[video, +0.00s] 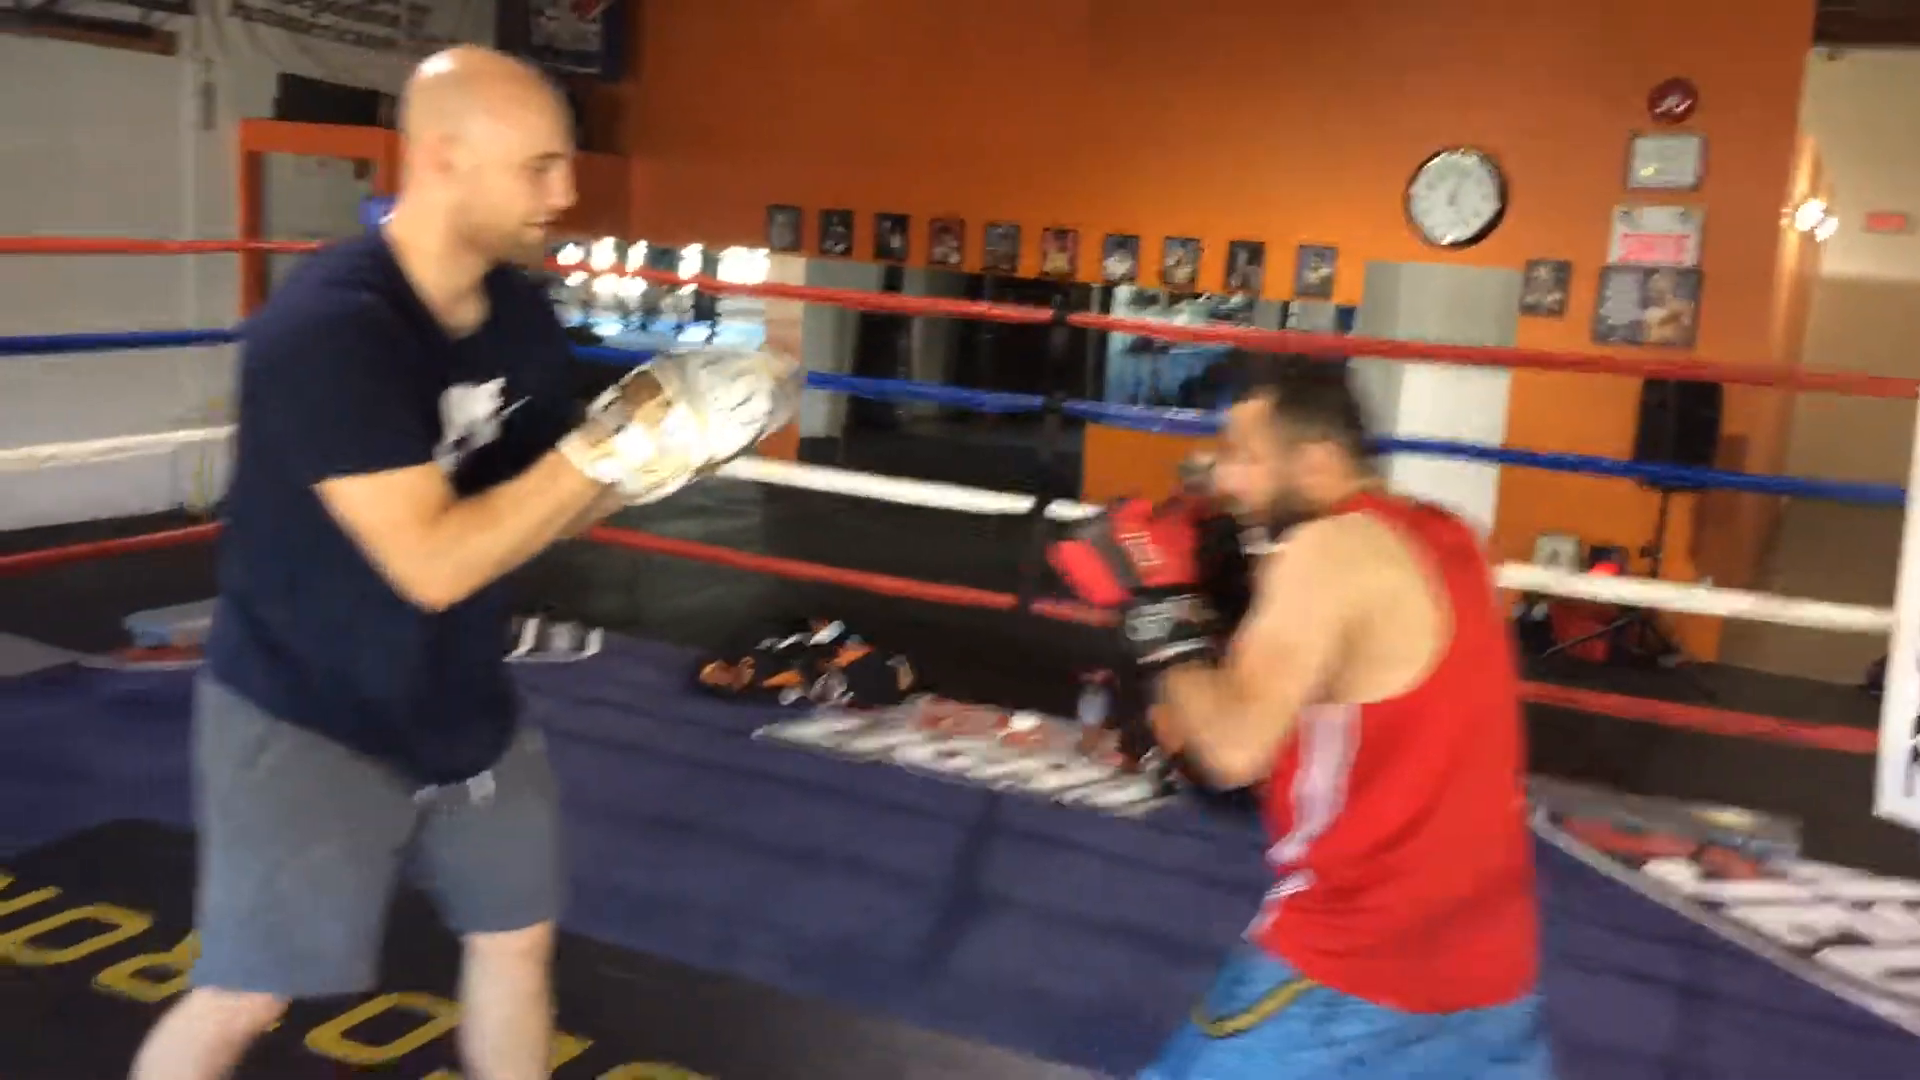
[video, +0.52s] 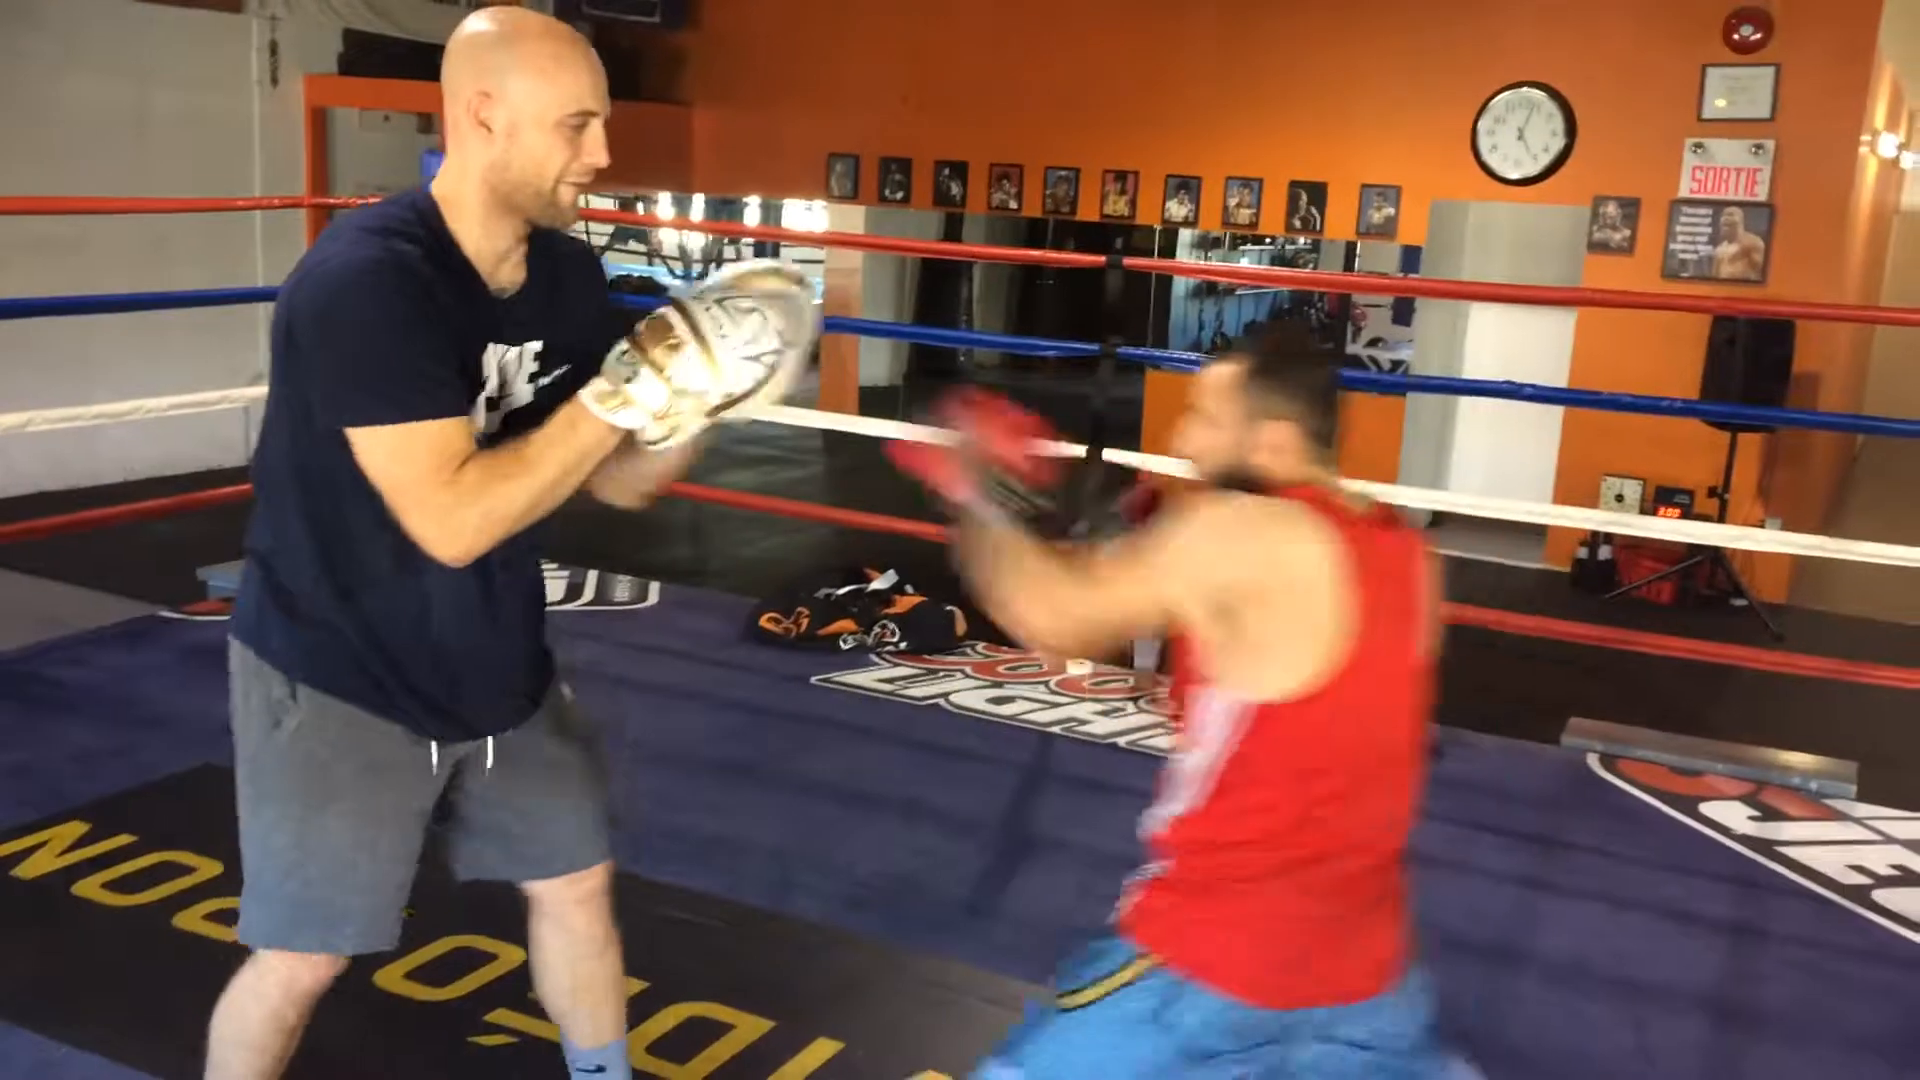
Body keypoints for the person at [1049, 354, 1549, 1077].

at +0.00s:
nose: (1223, 480)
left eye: (1243, 458)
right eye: (1226, 456)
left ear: (1317, 462)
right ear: (1328, 460)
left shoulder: (1329, 553)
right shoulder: (1447, 537)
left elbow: (1229, 746)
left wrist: (1158, 615)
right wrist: (1226, 584)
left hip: (1352, 969)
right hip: (1489, 970)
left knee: (1187, 1067)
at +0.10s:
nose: (1321, 466)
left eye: (1339, 442)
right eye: (1323, 441)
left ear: (1415, 445)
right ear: (1425, 447)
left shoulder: (1430, 523)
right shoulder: (1544, 522)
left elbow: (1340, 719)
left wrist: (1260, 587)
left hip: (1440, 933)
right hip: (1559, 936)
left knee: (1190, 1054)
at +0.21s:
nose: (1353, 459)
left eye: (1373, 433)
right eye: (1358, 432)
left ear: (1451, 442)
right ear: (1466, 444)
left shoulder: (1462, 525)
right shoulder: (1576, 528)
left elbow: (1350, 711)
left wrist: (1268, 573)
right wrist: (1327, 570)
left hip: (1446, 935)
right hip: (1562, 939)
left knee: (1182, 1039)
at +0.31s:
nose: (1347, 464)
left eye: (1369, 442)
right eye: (1353, 438)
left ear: (1445, 454)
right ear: (1457, 458)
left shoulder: (1464, 549)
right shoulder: (1555, 540)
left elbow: (1362, 753)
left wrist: (1269, 625)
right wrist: (1321, 626)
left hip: (1431, 939)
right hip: (1534, 945)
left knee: (1133, 1011)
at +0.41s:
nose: (1286, 457)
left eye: (1308, 433)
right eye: (1292, 430)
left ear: (1387, 448)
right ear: (1397, 452)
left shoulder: (1400, 552)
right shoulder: (1493, 543)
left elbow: (1280, 744)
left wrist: (1194, 607)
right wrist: (1251, 587)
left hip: (1343, 943)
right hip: (1462, 954)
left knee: (1064, 1042)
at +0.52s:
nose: (1180, 437)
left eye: (1203, 417)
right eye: (1189, 411)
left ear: (1276, 438)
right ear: (1301, 444)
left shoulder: (1238, 533)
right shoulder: (1404, 551)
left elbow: (1052, 612)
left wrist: (973, 499)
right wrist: (1172, 521)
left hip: (1212, 963)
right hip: (1365, 967)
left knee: (1024, 1068)